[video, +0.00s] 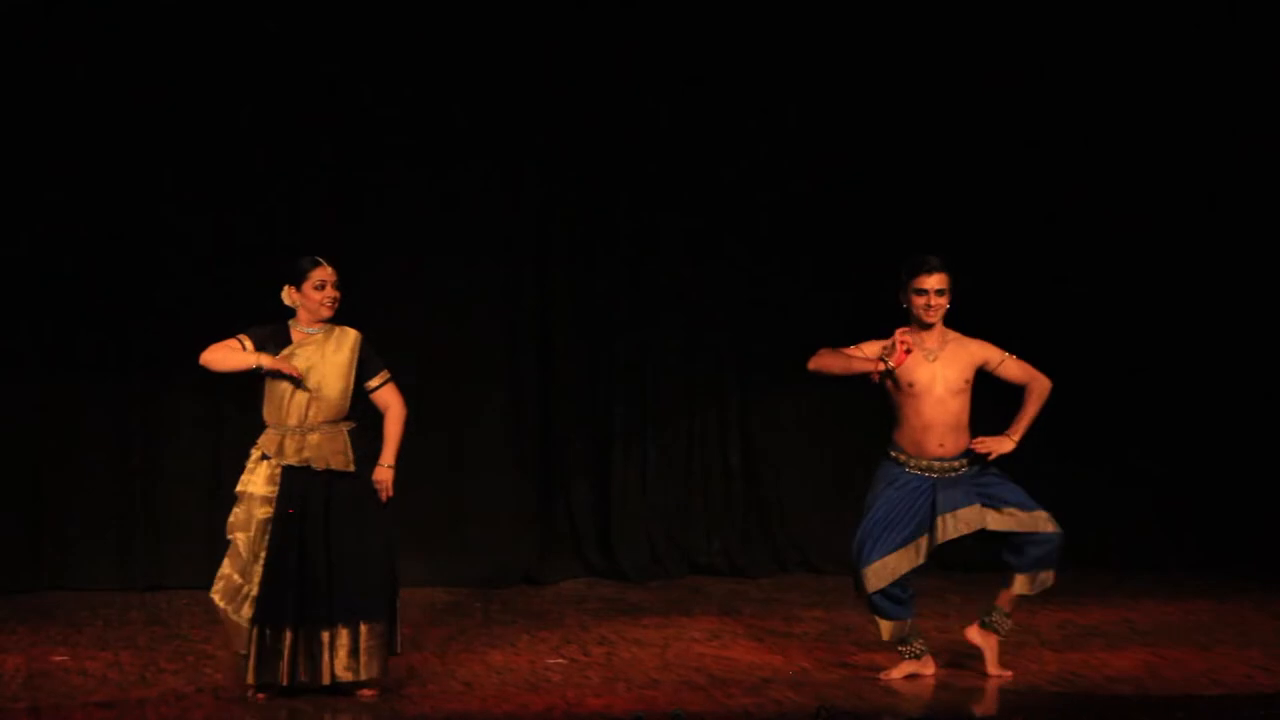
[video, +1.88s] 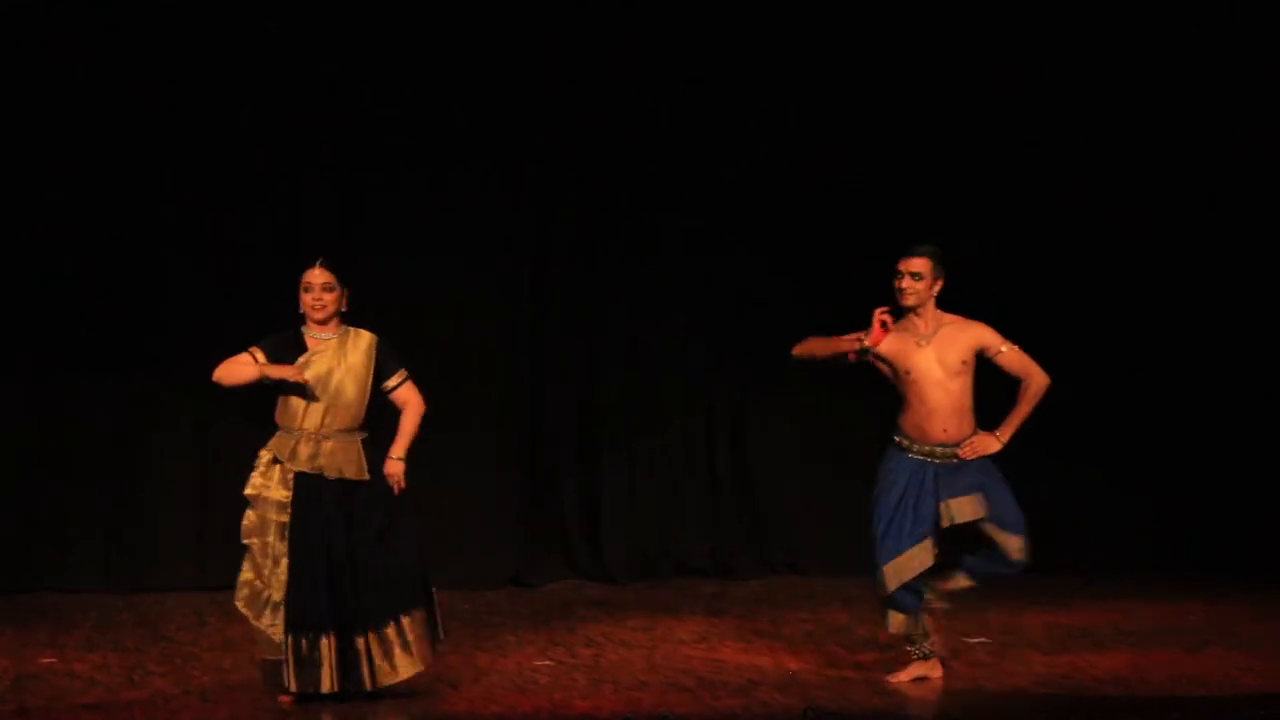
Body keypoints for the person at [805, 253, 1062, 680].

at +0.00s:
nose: (931, 301)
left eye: (939, 293)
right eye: (921, 293)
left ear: (949, 298)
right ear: (907, 298)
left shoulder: (972, 350)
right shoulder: (889, 348)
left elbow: (1040, 383)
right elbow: (817, 363)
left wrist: (1012, 437)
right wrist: (879, 359)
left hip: (966, 471)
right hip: (905, 474)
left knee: (1042, 535)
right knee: (874, 559)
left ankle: (991, 627)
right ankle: (915, 654)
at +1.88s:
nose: (904, 284)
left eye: (915, 277)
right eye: (900, 276)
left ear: (937, 285)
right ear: (895, 282)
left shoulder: (971, 334)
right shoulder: (884, 339)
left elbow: (1037, 379)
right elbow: (799, 351)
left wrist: (1000, 435)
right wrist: (861, 342)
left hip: (965, 458)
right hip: (908, 458)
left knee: (1008, 545)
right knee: (899, 557)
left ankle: (935, 589)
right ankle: (924, 658)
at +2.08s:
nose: (892, 284)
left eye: (903, 277)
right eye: (887, 276)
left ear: (924, 284)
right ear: (881, 282)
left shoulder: (961, 331)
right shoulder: (873, 341)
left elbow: (1027, 375)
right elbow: (790, 349)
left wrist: (992, 433)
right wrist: (846, 331)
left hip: (952, 457)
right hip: (898, 454)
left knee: (940, 563)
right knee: (885, 549)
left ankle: (862, 638)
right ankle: (913, 644)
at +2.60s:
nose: (958, 282)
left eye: (963, 274)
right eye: (946, 275)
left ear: (969, 280)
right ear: (927, 282)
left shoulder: (990, 337)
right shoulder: (912, 333)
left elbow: (1055, 380)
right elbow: (850, 347)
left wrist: (1019, 433)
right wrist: (910, 344)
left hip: (985, 459)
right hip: (929, 460)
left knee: (1014, 556)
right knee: (910, 550)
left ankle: (976, 652)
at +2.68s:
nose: (963, 281)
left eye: (968, 273)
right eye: (952, 274)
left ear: (974, 279)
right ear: (931, 281)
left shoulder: (992, 337)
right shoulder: (915, 332)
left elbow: (1057, 379)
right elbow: (855, 340)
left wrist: (1019, 431)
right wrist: (916, 338)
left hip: (984, 457)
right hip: (931, 461)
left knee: (1018, 551)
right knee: (954, 563)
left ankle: (978, 651)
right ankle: (996, 632)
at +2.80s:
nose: (968, 281)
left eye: (973, 273)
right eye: (957, 273)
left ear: (978, 279)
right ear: (935, 280)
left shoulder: (994, 339)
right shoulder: (916, 334)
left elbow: (1058, 381)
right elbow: (857, 334)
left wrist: (1019, 430)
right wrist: (920, 332)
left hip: (988, 457)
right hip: (933, 463)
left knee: (1031, 547)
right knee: (960, 569)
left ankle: (1005, 651)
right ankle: (994, 649)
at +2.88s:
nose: (966, 281)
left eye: (971, 274)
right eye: (955, 274)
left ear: (977, 280)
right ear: (934, 281)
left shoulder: (993, 339)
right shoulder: (915, 333)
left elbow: (1059, 381)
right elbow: (854, 336)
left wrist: (1019, 431)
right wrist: (916, 335)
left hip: (988, 457)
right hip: (930, 462)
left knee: (1036, 551)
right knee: (924, 562)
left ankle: (1011, 651)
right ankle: (975, 615)